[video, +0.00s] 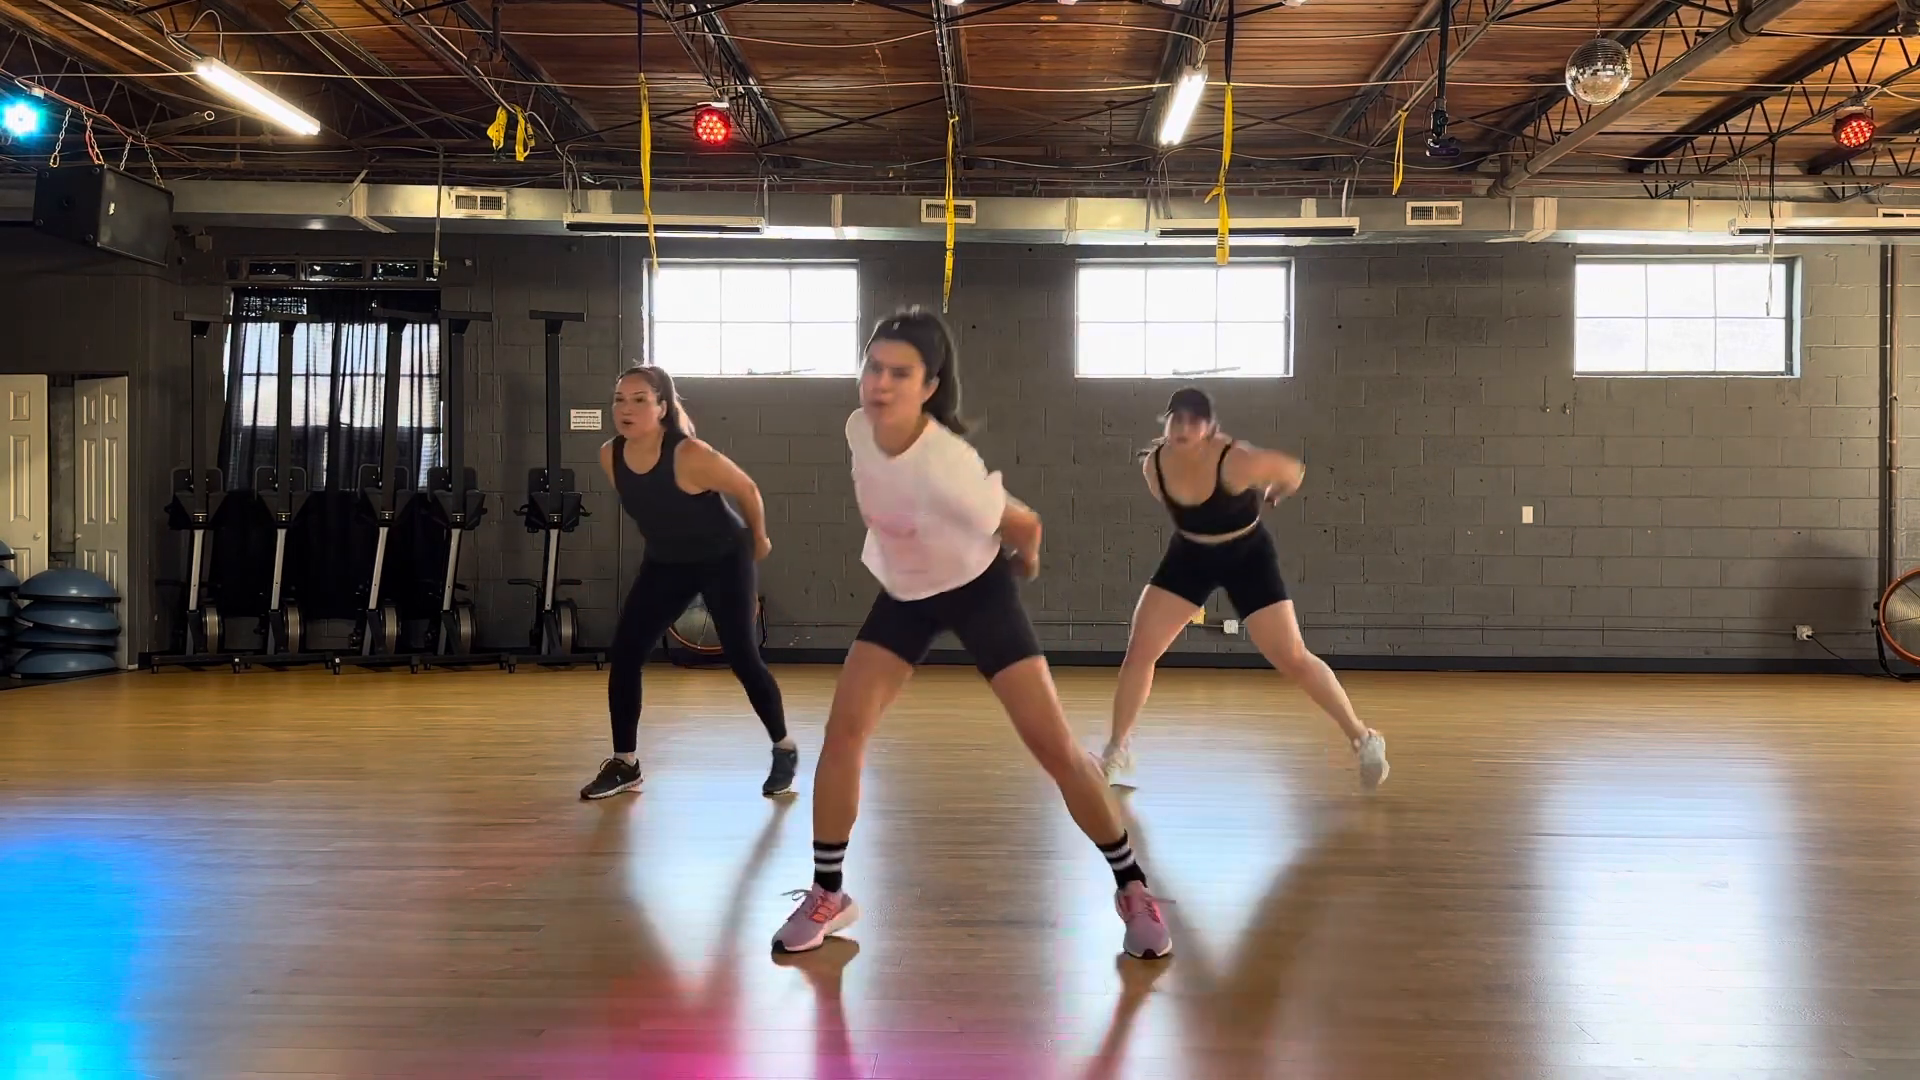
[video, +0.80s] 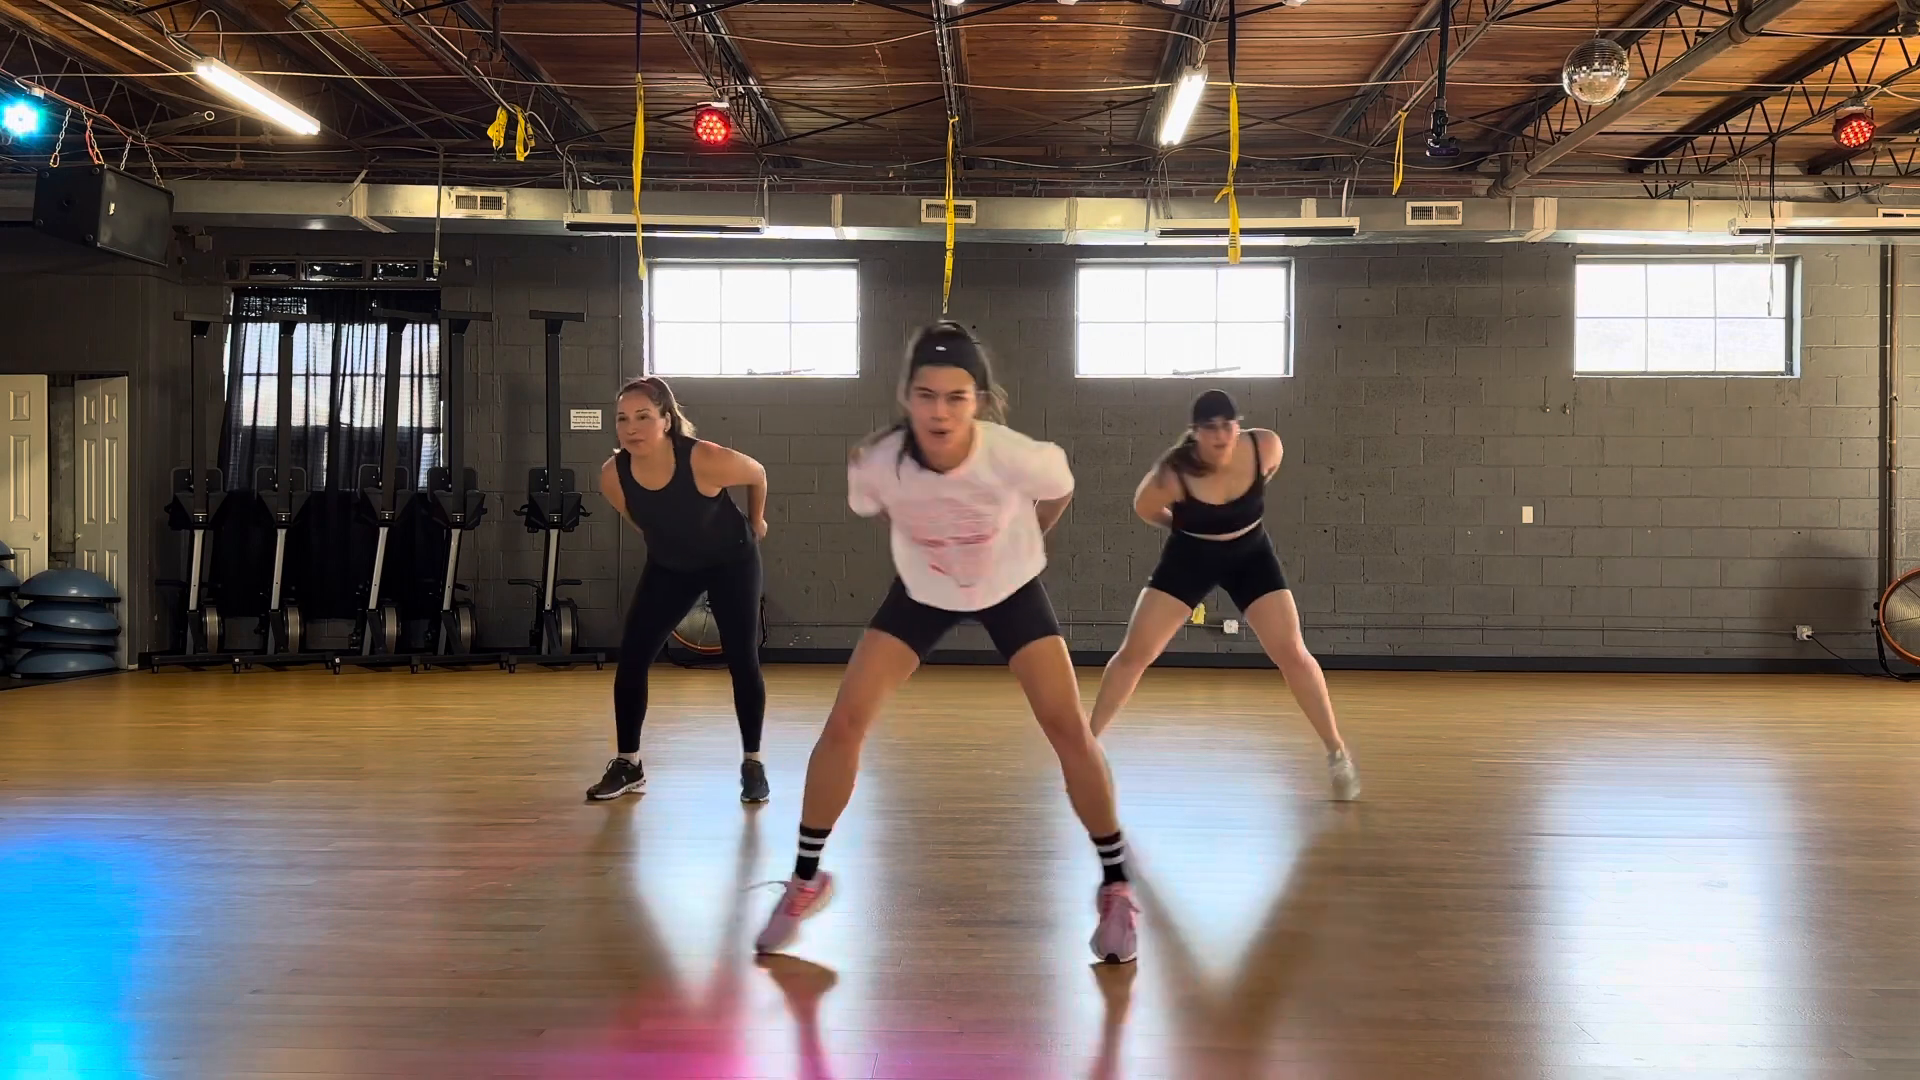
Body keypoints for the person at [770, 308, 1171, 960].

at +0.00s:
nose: (879, 383)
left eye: (897, 372)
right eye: (873, 367)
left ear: (929, 386)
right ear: (861, 370)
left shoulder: (948, 465)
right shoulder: (859, 428)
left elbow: (1024, 523)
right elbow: (901, 502)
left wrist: (1026, 555)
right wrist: (980, 537)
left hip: (979, 587)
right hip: (902, 591)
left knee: (1058, 750)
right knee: (843, 731)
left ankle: (1133, 888)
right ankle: (826, 892)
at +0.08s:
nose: (872, 418)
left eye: (893, 410)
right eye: (866, 402)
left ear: (921, 428)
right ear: (855, 405)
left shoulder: (935, 506)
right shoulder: (845, 452)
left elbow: (1010, 555)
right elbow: (893, 526)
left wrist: (1001, 589)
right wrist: (966, 571)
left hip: (968, 614)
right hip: (892, 615)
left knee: (1045, 768)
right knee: (825, 750)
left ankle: (1140, 895)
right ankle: (832, 900)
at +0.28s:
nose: (952, 410)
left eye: (967, 396)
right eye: (938, 395)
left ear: (990, 406)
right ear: (917, 400)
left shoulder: (1015, 474)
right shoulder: (873, 455)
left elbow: (1003, 521)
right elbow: (836, 499)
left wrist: (947, 541)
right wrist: (892, 536)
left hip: (969, 587)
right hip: (881, 593)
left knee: (1052, 719)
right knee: (827, 735)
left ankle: (1125, 873)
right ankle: (810, 883)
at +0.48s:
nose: (1028, 413)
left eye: (1038, 395)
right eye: (1010, 401)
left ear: (1054, 396)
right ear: (984, 413)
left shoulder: (1056, 443)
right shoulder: (956, 491)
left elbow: (1008, 517)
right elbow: (888, 542)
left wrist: (925, 545)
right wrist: (879, 551)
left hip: (1000, 603)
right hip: (920, 599)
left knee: (1056, 738)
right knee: (841, 754)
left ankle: (1072, 905)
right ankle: (741, 878)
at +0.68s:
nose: (1005, 430)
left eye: (1016, 413)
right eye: (987, 419)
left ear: (1035, 414)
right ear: (967, 429)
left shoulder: (1059, 463)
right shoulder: (944, 505)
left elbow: (1037, 539)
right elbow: (878, 556)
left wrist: (992, 592)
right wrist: (921, 606)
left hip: (1024, 617)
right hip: (943, 619)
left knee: (1086, 753)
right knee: (854, 768)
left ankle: (1069, 910)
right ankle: (744, 880)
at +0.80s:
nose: (941, 411)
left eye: (956, 396)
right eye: (926, 395)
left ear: (979, 401)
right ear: (906, 399)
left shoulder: (1020, 458)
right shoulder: (876, 464)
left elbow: (1059, 495)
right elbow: (884, 512)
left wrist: (1024, 542)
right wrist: (931, 542)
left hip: (1010, 589)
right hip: (920, 590)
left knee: (1069, 730)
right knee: (843, 723)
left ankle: (1116, 887)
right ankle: (805, 878)